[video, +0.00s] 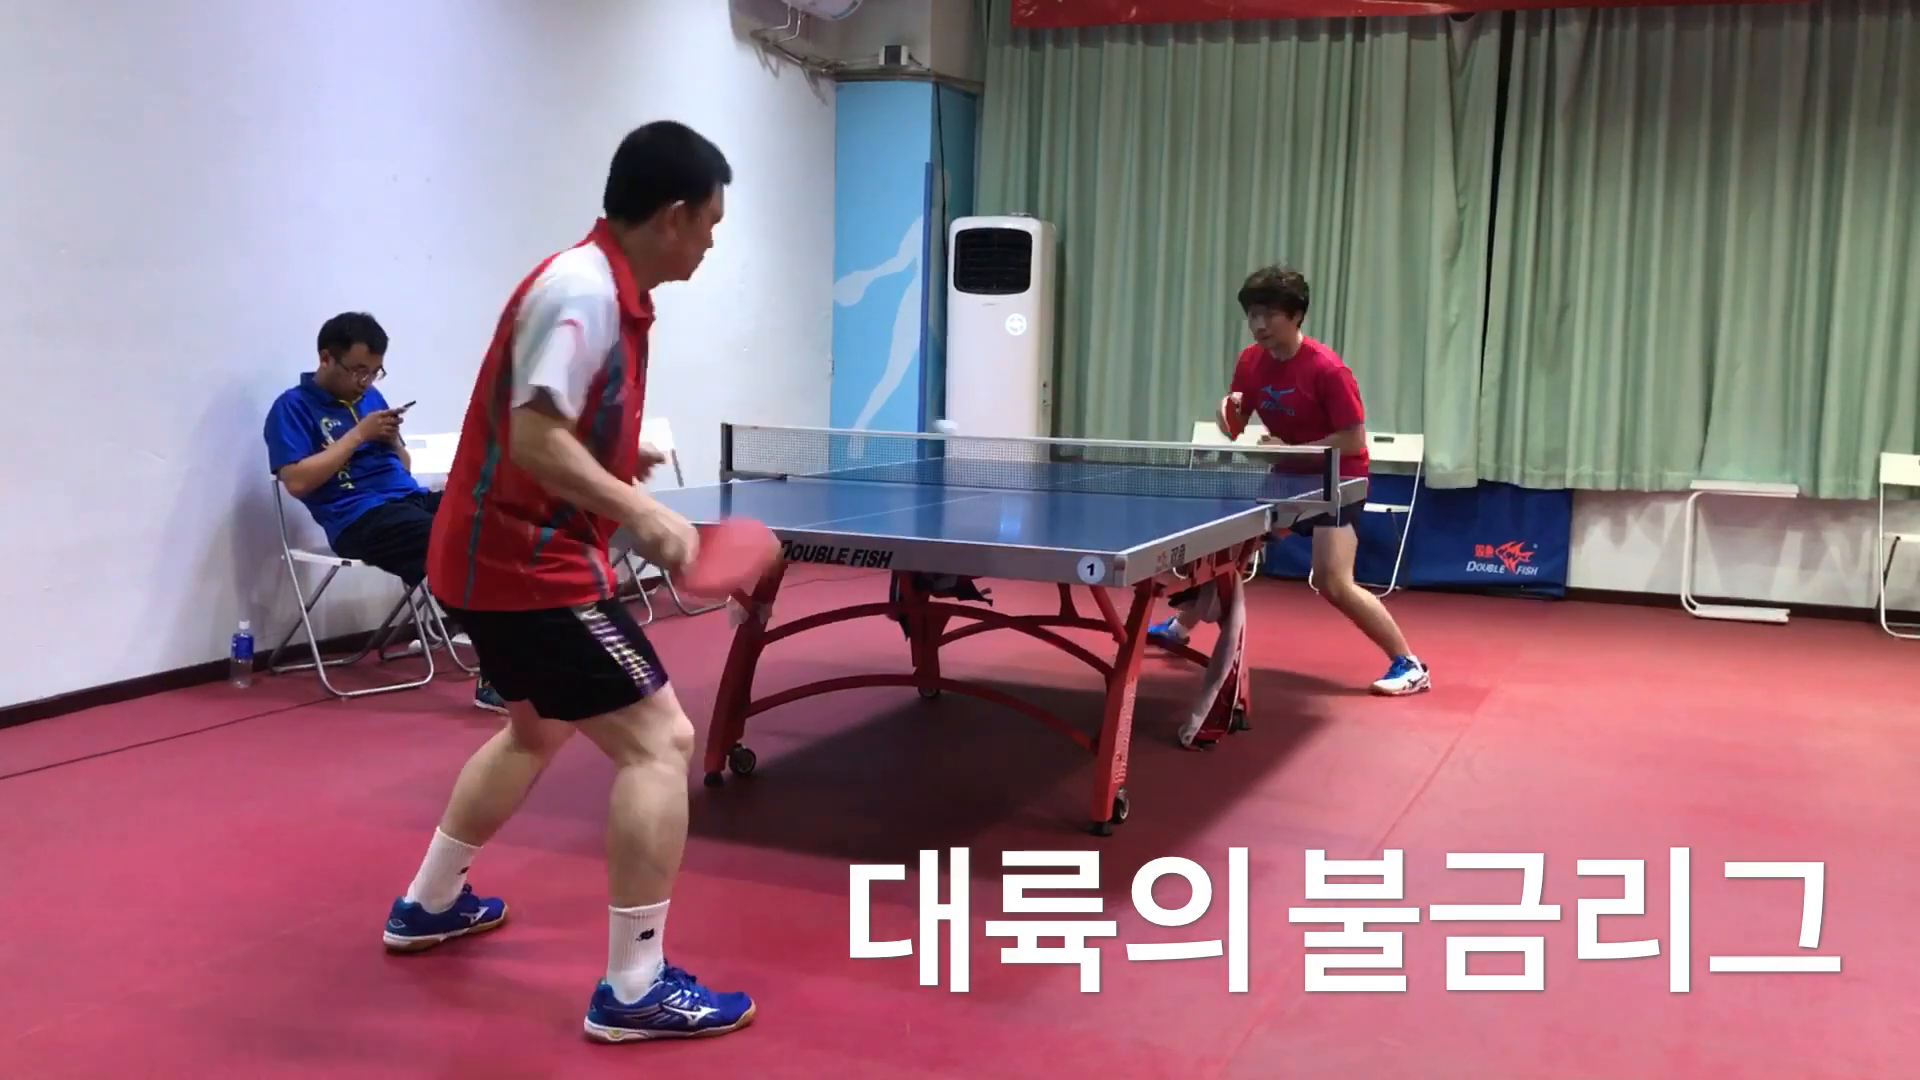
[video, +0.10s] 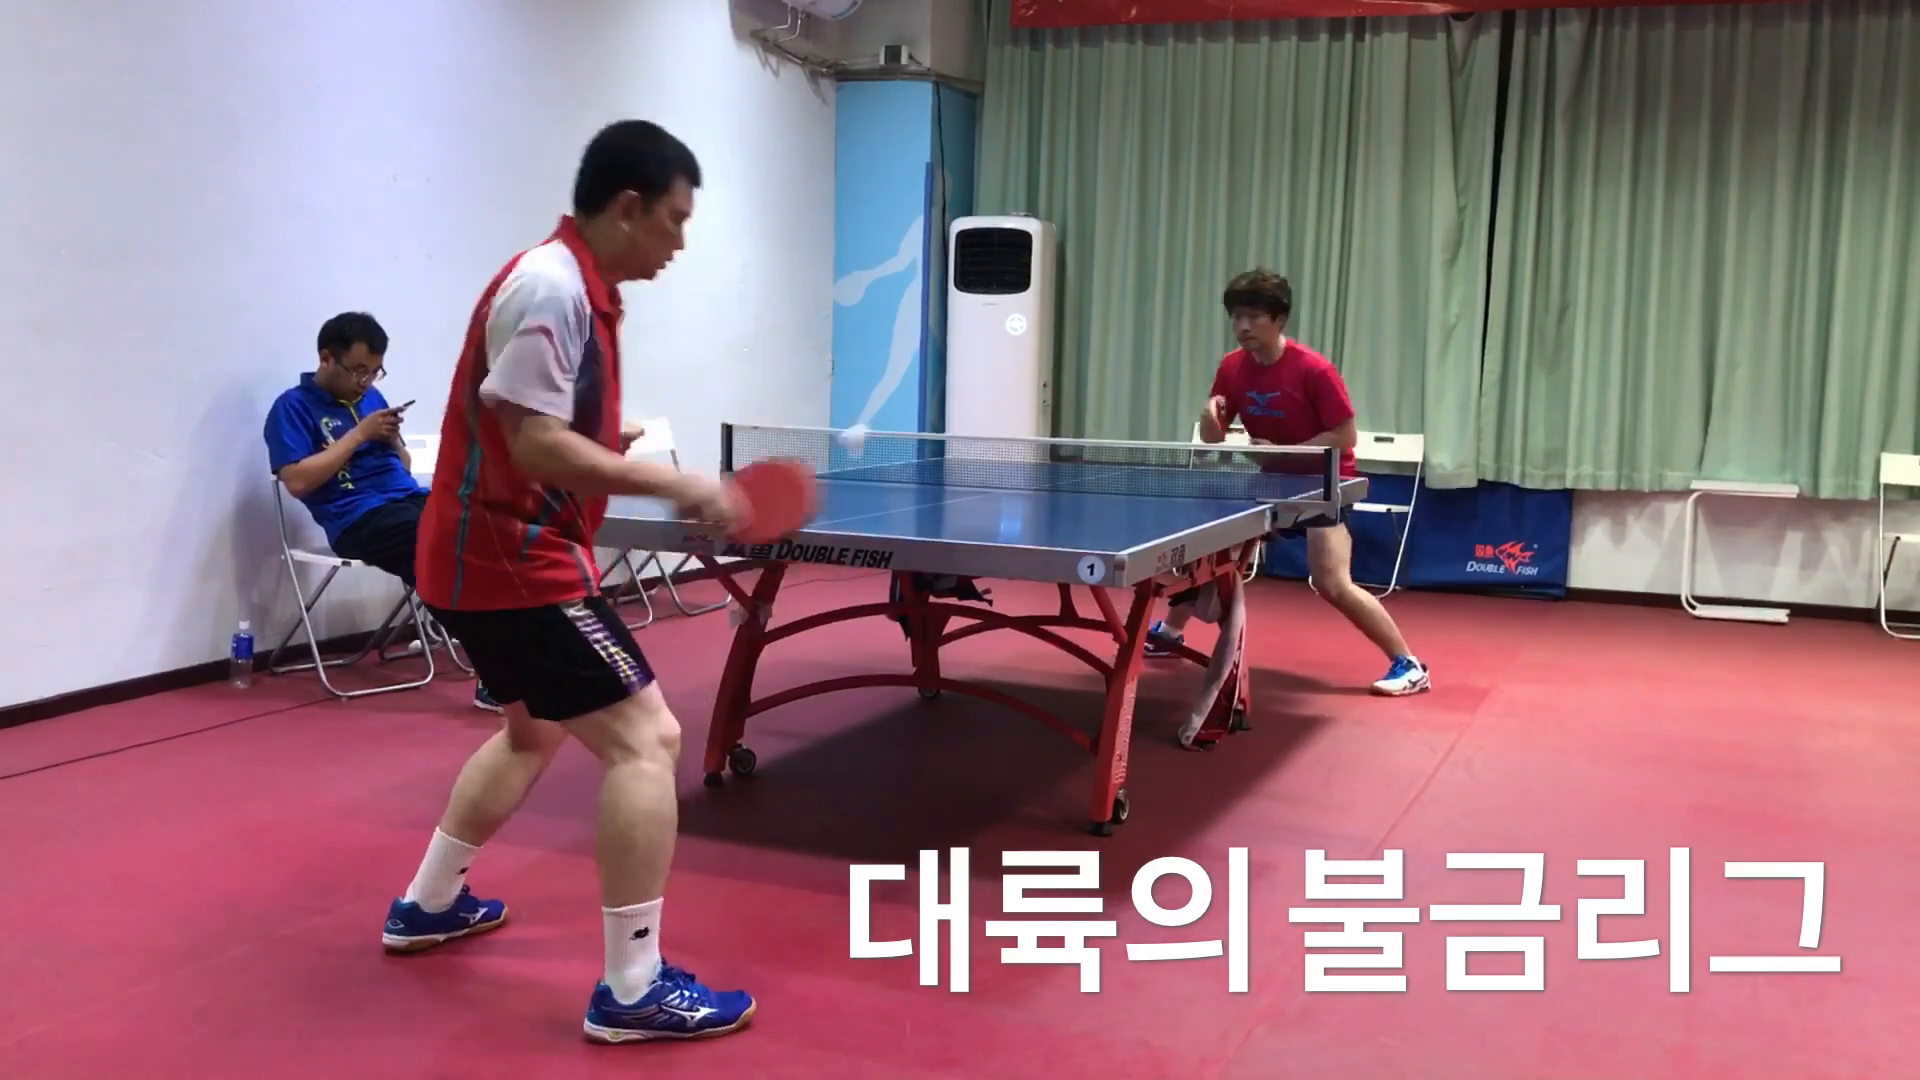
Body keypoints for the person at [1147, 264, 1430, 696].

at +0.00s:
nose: (1258, 325)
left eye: (1268, 314)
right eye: (1252, 316)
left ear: (1295, 314)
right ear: (1248, 318)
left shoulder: (1328, 370)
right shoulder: (1252, 362)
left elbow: (1354, 440)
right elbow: (1234, 428)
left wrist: (1290, 448)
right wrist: (1229, 413)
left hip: (1337, 478)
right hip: (1285, 474)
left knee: (1333, 581)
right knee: (1222, 541)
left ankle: (1408, 664)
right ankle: (1180, 628)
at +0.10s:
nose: (1242, 326)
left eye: (1253, 316)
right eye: (1236, 316)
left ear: (1279, 319)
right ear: (1230, 319)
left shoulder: (1313, 370)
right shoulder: (1232, 367)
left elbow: (1345, 436)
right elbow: (1210, 439)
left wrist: (1281, 451)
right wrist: (1210, 417)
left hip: (1323, 484)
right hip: (1269, 481)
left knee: (1331, 582)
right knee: (1205, 544)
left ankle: (1407, 663)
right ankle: (1171, 630)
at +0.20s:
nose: (1220, 315)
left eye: (1231, 306)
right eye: (1214, 307)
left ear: (1256, 309)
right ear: (1208, 311)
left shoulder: (1287, 360)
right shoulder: (1215, 361)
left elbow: (1321, 428)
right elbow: (1205, 420)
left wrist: (1259, 443)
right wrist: (1181, 421)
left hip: (1305, 478)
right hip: (1252, 477)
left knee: (1328, 579)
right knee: (1189, 537)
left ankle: (1405, 662)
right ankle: (1169, 630)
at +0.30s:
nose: (1196, 313)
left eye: (1205, 303)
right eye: (1189, 304)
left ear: (1232, 305)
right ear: (1185, 306)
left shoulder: (1260, 351)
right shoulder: (1206, 353)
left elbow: (1290, 419)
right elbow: (1207, 409)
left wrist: (1231, 431)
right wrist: (1168, 427)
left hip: (1299, 470)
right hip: (1248, 470)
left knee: (1315, 572)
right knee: (1192, 540)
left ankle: (1392, 654)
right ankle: (1168, 631)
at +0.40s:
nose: (1176, 326)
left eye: (1185, 316)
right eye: (1170, 317)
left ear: (1212, 316)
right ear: (1167, 319)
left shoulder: (1238, 358)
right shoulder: (1202, 357)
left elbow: (1268, 426)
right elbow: (1214, 406)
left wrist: (1213, 435)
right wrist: (1163, 422)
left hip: (1295, 472)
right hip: (1250, 471)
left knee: (1299, 573)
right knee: (1191, 541)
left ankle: (1369, 655)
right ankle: (1169, 631)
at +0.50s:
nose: (1170, 338)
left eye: (1178, 328)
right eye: (1166, 329)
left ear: (1205, 324)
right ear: (1166, 329)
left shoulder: (1236, 366)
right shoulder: (1204, 363)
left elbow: (1266, 435)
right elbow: (1217, 411)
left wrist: (1212, 438)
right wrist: (1163, 411)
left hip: (1294, 476)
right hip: (1248, 476)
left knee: (1294, 578)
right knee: (1187, 540)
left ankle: (1365, 657)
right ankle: (1167, 632)